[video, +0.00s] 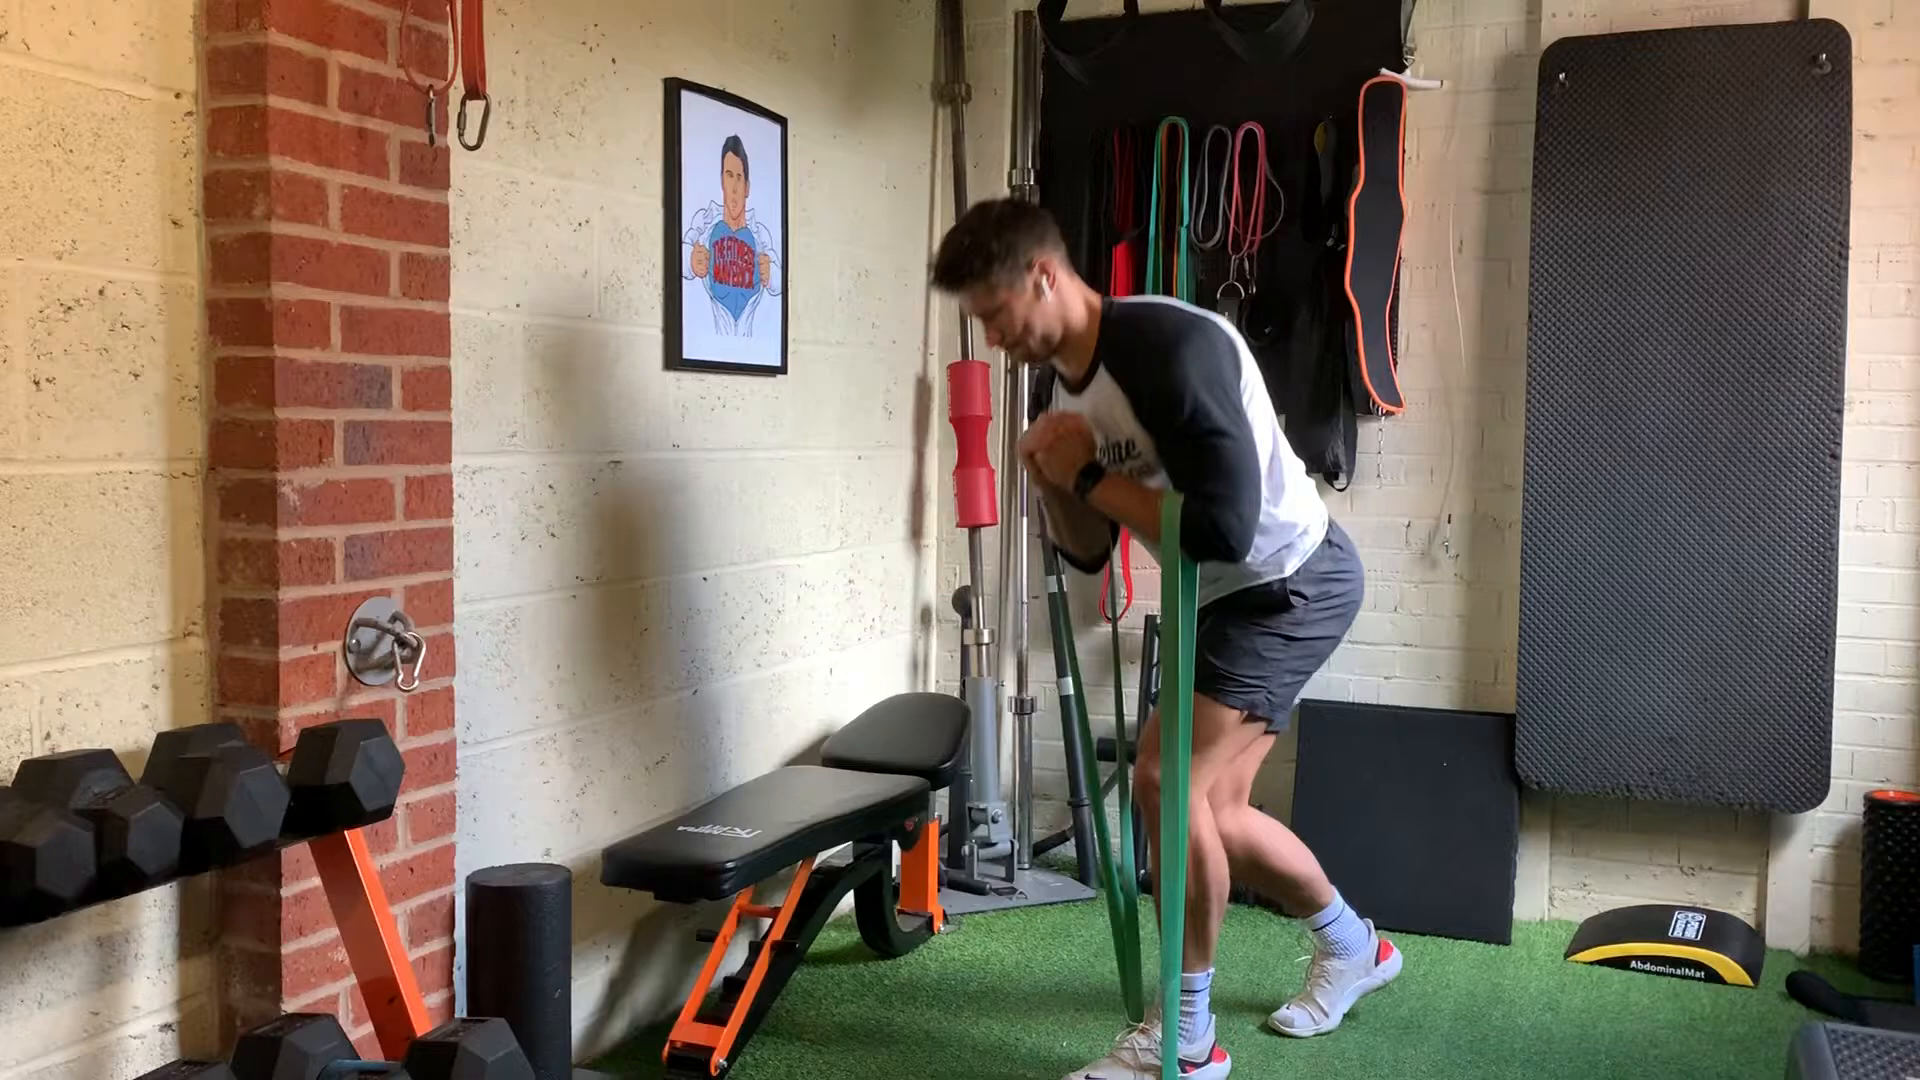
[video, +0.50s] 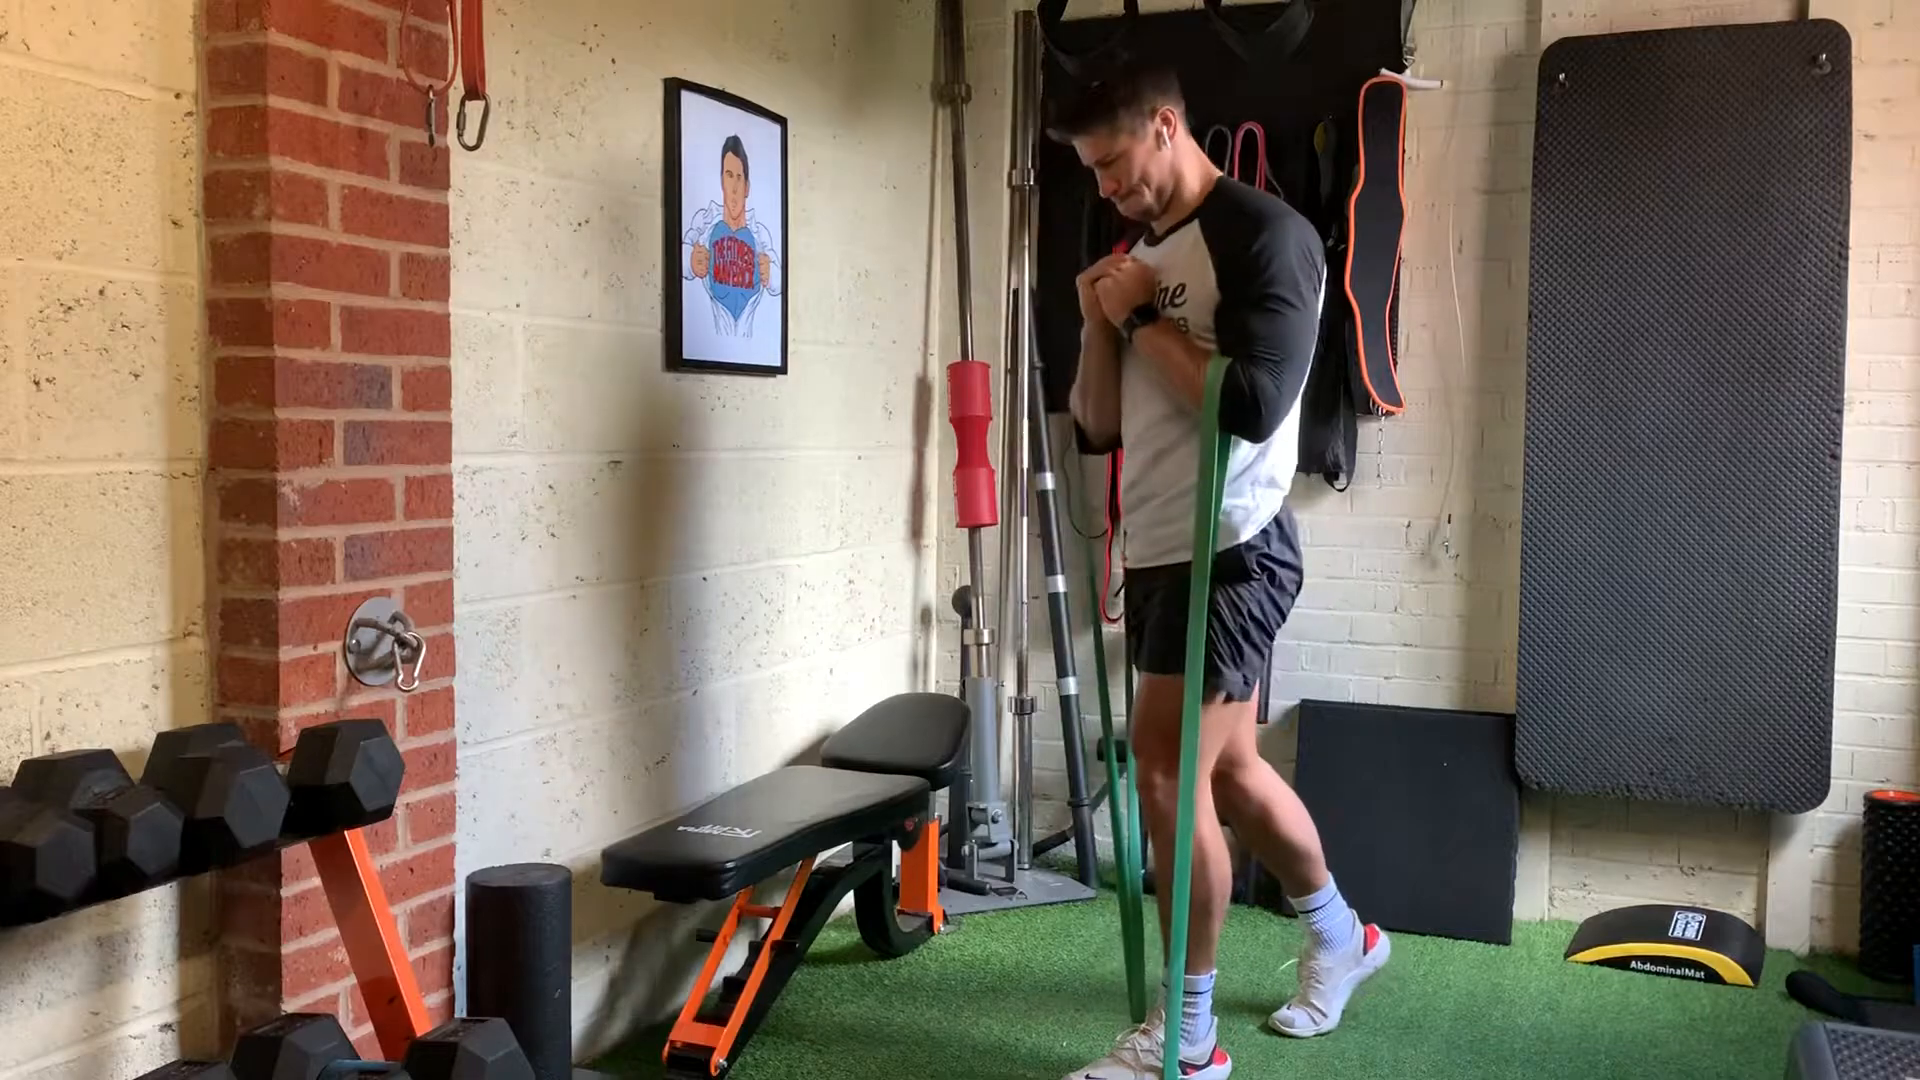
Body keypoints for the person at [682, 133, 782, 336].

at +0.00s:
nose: (734, 185)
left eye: (739, 176)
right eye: (729, 175)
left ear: (748, 187)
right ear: (721, 181)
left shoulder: (760, 232)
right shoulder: (705, 223)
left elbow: (778, 287)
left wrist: (770, 274)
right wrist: (692, 266)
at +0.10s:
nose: (734, 185)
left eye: (739, 176)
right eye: (729, 175)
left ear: (747, 187)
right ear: (721, 182)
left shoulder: (760, 232)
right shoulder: (705, 223)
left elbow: (778, 287)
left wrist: (770, 274)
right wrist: (692, 266)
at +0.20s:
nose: (734, 185)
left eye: (739, 176)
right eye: (729, 175)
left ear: (748, 187)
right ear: (721, 182)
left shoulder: (760, 233)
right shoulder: (705, 224)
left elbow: (778, 287)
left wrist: (770, 275)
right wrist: (692, 266)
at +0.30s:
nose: (734, 185)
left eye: (739, 176)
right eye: (729, 175)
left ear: (747, 186)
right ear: (721, 181)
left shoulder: (760, 231)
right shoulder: (705, 222)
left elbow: (778, 287)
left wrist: (770, 275)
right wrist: (692, 266)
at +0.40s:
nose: (734, 185)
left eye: (739, 176)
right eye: (729, 175)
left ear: (747, 186)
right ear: (721, 181)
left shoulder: (760, 231)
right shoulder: (704, 223)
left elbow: (779, 287)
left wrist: (770, 274)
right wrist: (692, 266)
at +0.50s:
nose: (734, 185)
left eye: (739, 176)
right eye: (729, 175)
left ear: (747, 186)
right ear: (721, 181)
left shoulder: (760, 231)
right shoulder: (704, 223)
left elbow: (778, 287)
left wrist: (770, 274)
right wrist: (692, 266)